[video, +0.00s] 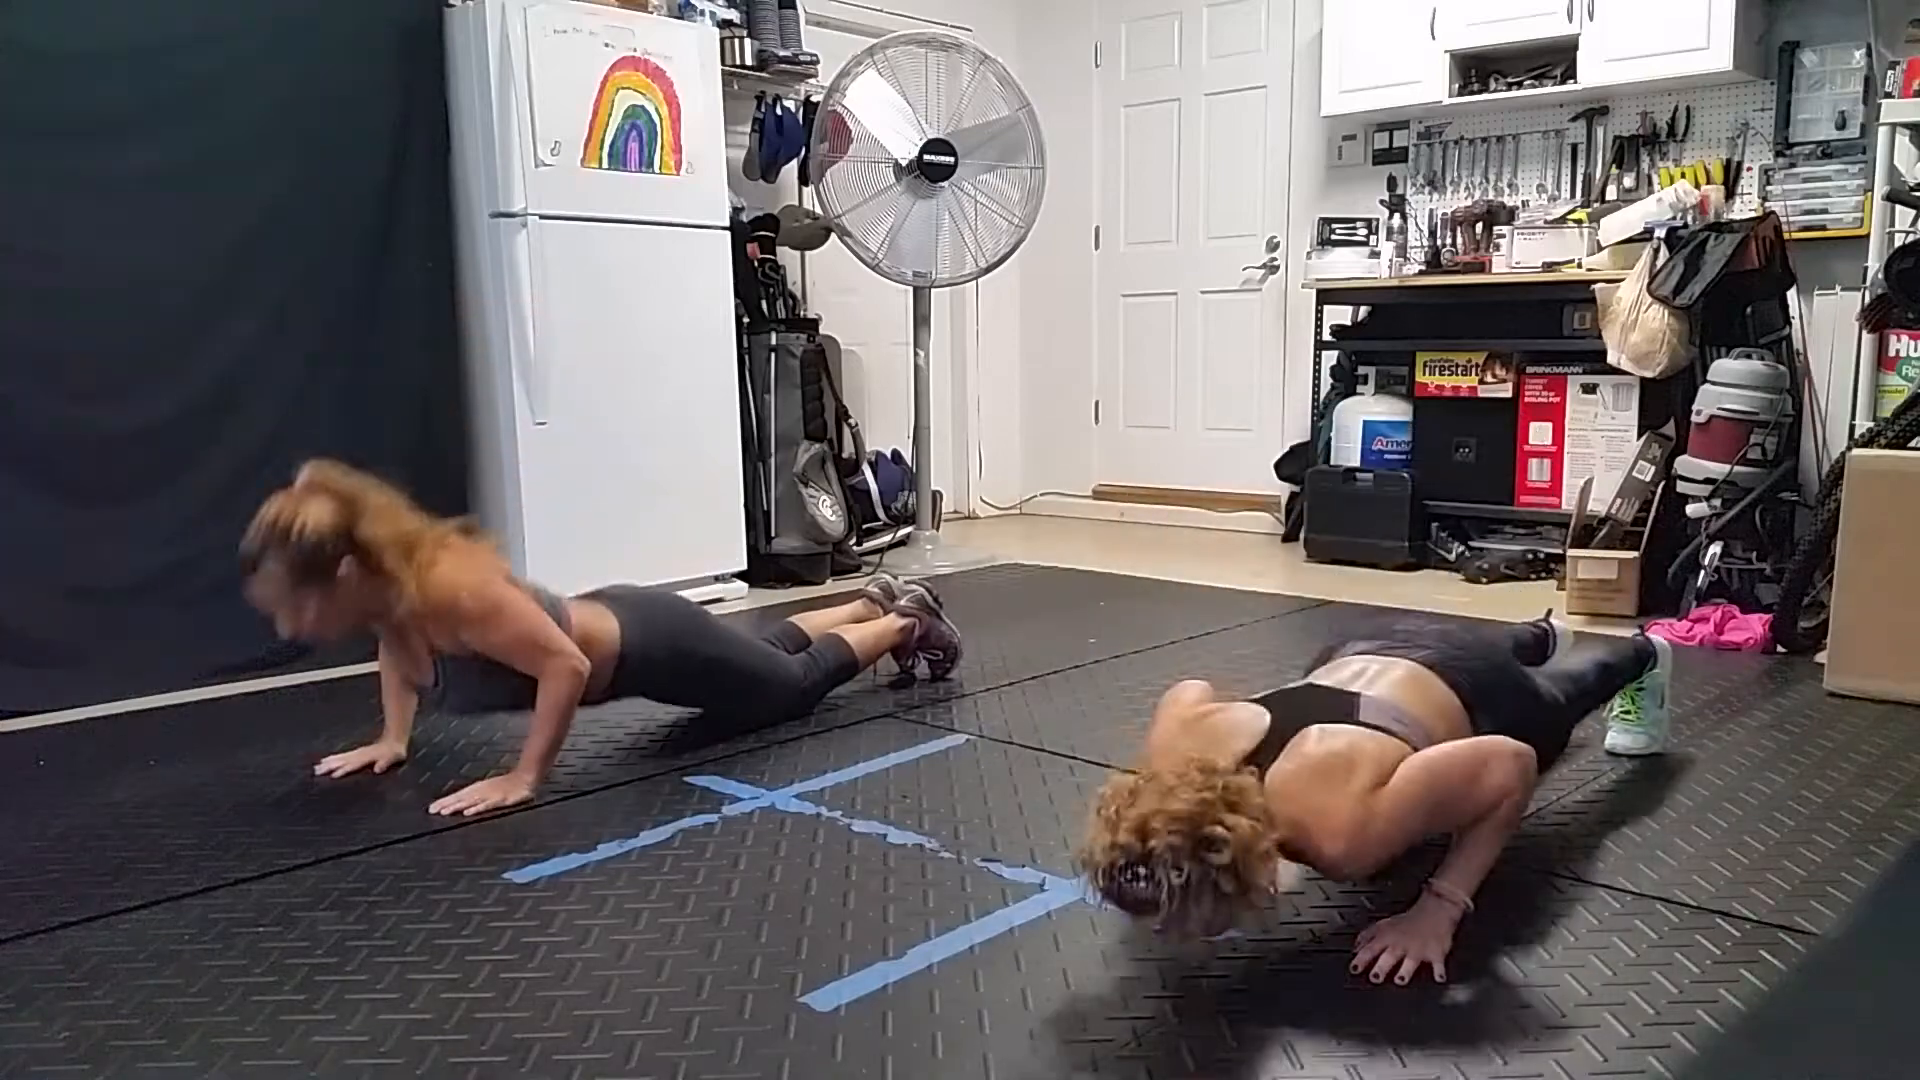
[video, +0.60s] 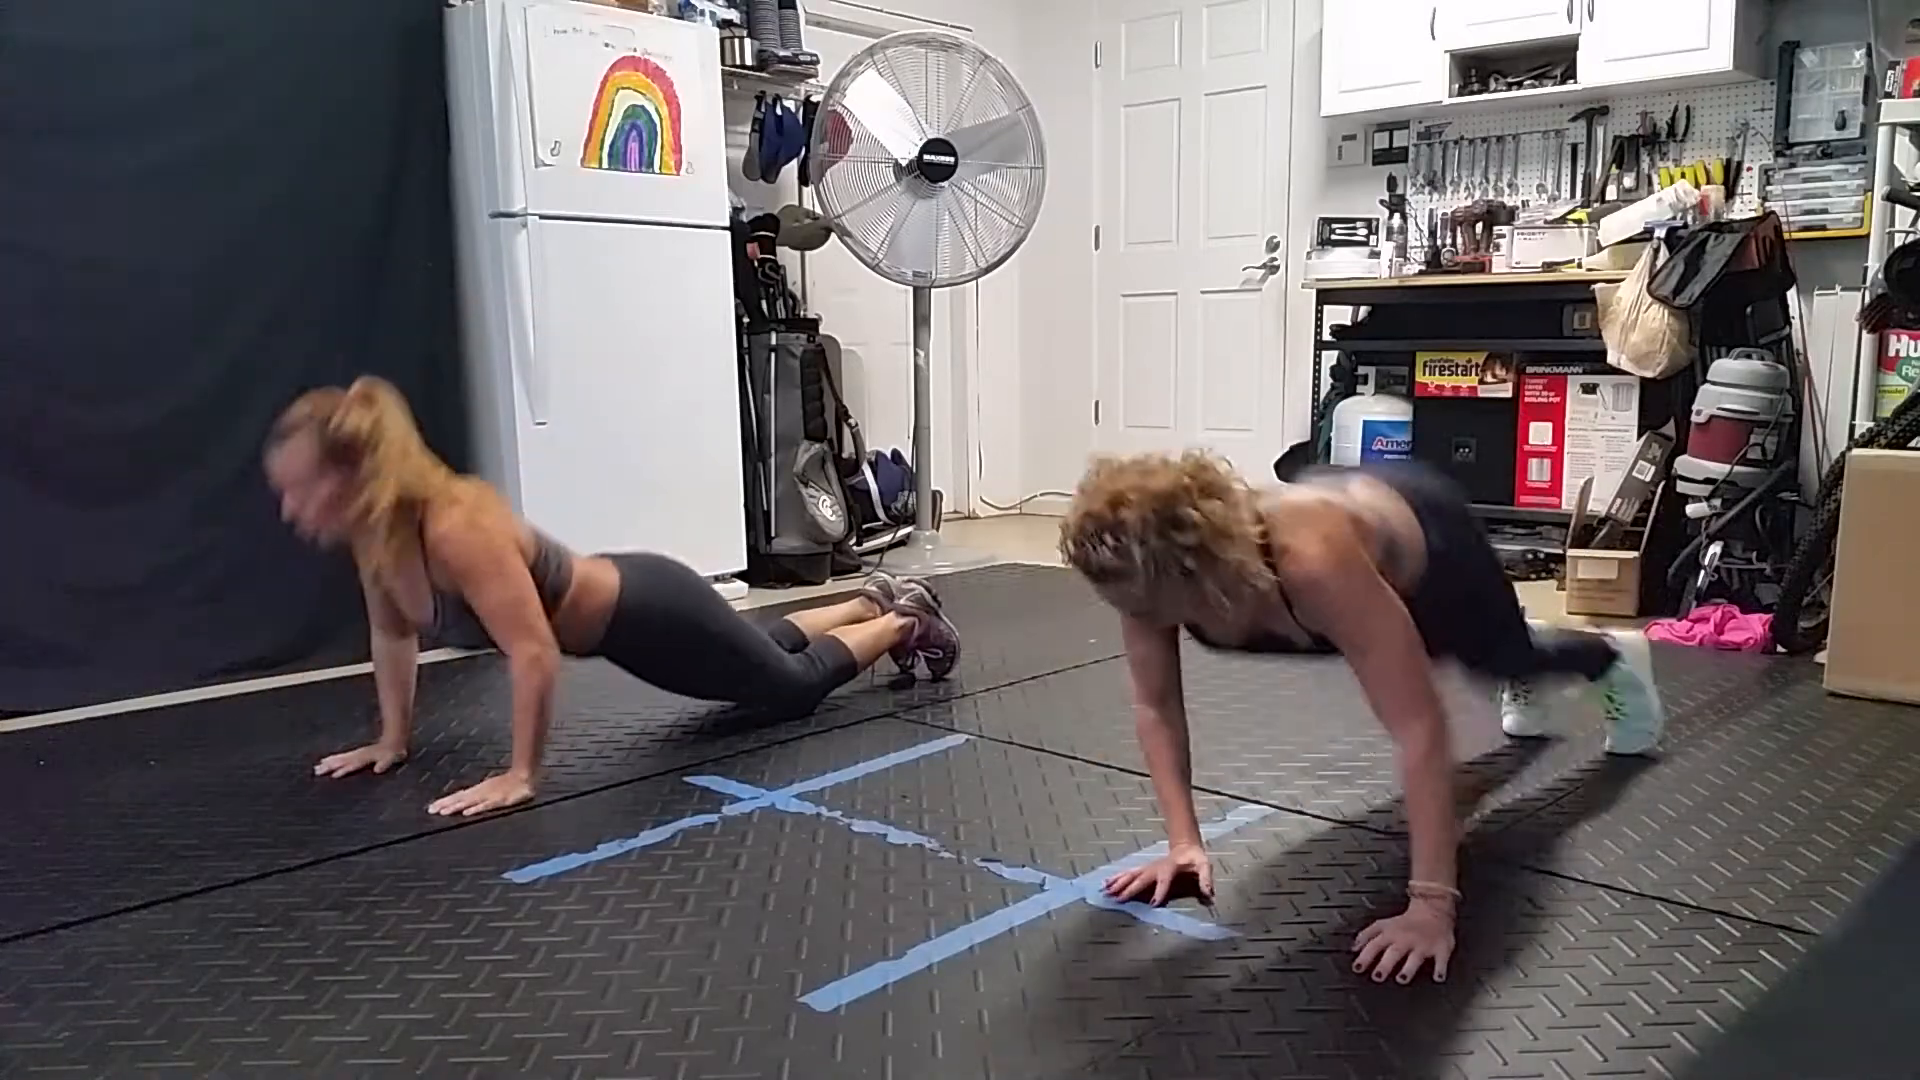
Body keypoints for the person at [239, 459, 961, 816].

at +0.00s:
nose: (289, 633)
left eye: (288, 615)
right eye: (278, 620)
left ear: (337, 577)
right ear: (329, 573)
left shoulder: (453, 591)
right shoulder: (391, 588)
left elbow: (565, 667)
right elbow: (397, 659)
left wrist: (521, 777)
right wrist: (391, 742)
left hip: (655, 644)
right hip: (611, 620)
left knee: (799, 678)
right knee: (757, 644)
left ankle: (907, 621)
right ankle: (871, 603)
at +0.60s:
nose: (286, 509)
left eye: (293, 490)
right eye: (281, 494)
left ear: (348, 475)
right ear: (334, 478)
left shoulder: (455, 526)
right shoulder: (381, 532)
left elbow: (534, 653)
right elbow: (393, 635)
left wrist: (519, 773)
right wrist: (391, 741)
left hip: (655, 613)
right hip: (624, 603)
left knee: (798, 682)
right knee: (763, 644)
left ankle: (902, 624)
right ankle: (873, 604)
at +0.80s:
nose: (332, 422)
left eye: (347, 403)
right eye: (326, 406)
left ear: (408, 396)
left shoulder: (484, 470)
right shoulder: (386, 490)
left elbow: (470, 608)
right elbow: (397, 613)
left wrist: (425, 727)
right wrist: (397, 722)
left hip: (669, 586)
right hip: (632, 595)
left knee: (801, 687)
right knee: (770, 649)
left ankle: (912, 628)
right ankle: (879, 601)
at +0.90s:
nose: (349, 418)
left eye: (363, 396)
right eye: (342, 402)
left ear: (422, 387)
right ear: (364, 407)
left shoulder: (480, 460)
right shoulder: (406, 491)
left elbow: (379, 524)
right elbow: (401, 619)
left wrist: (273, 558)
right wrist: (391, 740)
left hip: (674, 581)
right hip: (642, 579)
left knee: (810, 682)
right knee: (775, 637)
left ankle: (920, 622)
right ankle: (883, 601)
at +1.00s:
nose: (353, 415)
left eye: (369, 398)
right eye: (346, 400)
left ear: (428, 400)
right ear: (357, 409)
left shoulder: (487, 465)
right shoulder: (405, 501)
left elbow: (355, 439)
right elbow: (403, 621)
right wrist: (392, 740)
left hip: (682, 577)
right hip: (644, 585)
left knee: (812, 680)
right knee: (777, 643)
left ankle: (918, 631)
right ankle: (874, 607)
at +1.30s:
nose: (350, 416)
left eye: (362, 394)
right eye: (343, 401)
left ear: (424, 383)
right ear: (367, 402)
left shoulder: (480, 450)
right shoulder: (405, 481)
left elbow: (374, 487)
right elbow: (401, 615)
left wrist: (254, 494)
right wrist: (391, 739)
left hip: (674, 582)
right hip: (640, 582)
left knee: (810, 681)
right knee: (773, 636)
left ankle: (917, 620)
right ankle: (880, 599)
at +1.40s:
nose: (348, 431)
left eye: (359, 410)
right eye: (340, 416)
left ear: (420, 394)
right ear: (360, 412)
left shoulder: (494, 468)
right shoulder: (403, 494)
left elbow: (484, 590)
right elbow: (403, 611)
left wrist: (387, 662)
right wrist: (393, 735)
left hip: (676, 580)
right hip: (636, 601)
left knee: (808, 683)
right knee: (772, 646)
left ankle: (917, 623)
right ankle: (879, 598)